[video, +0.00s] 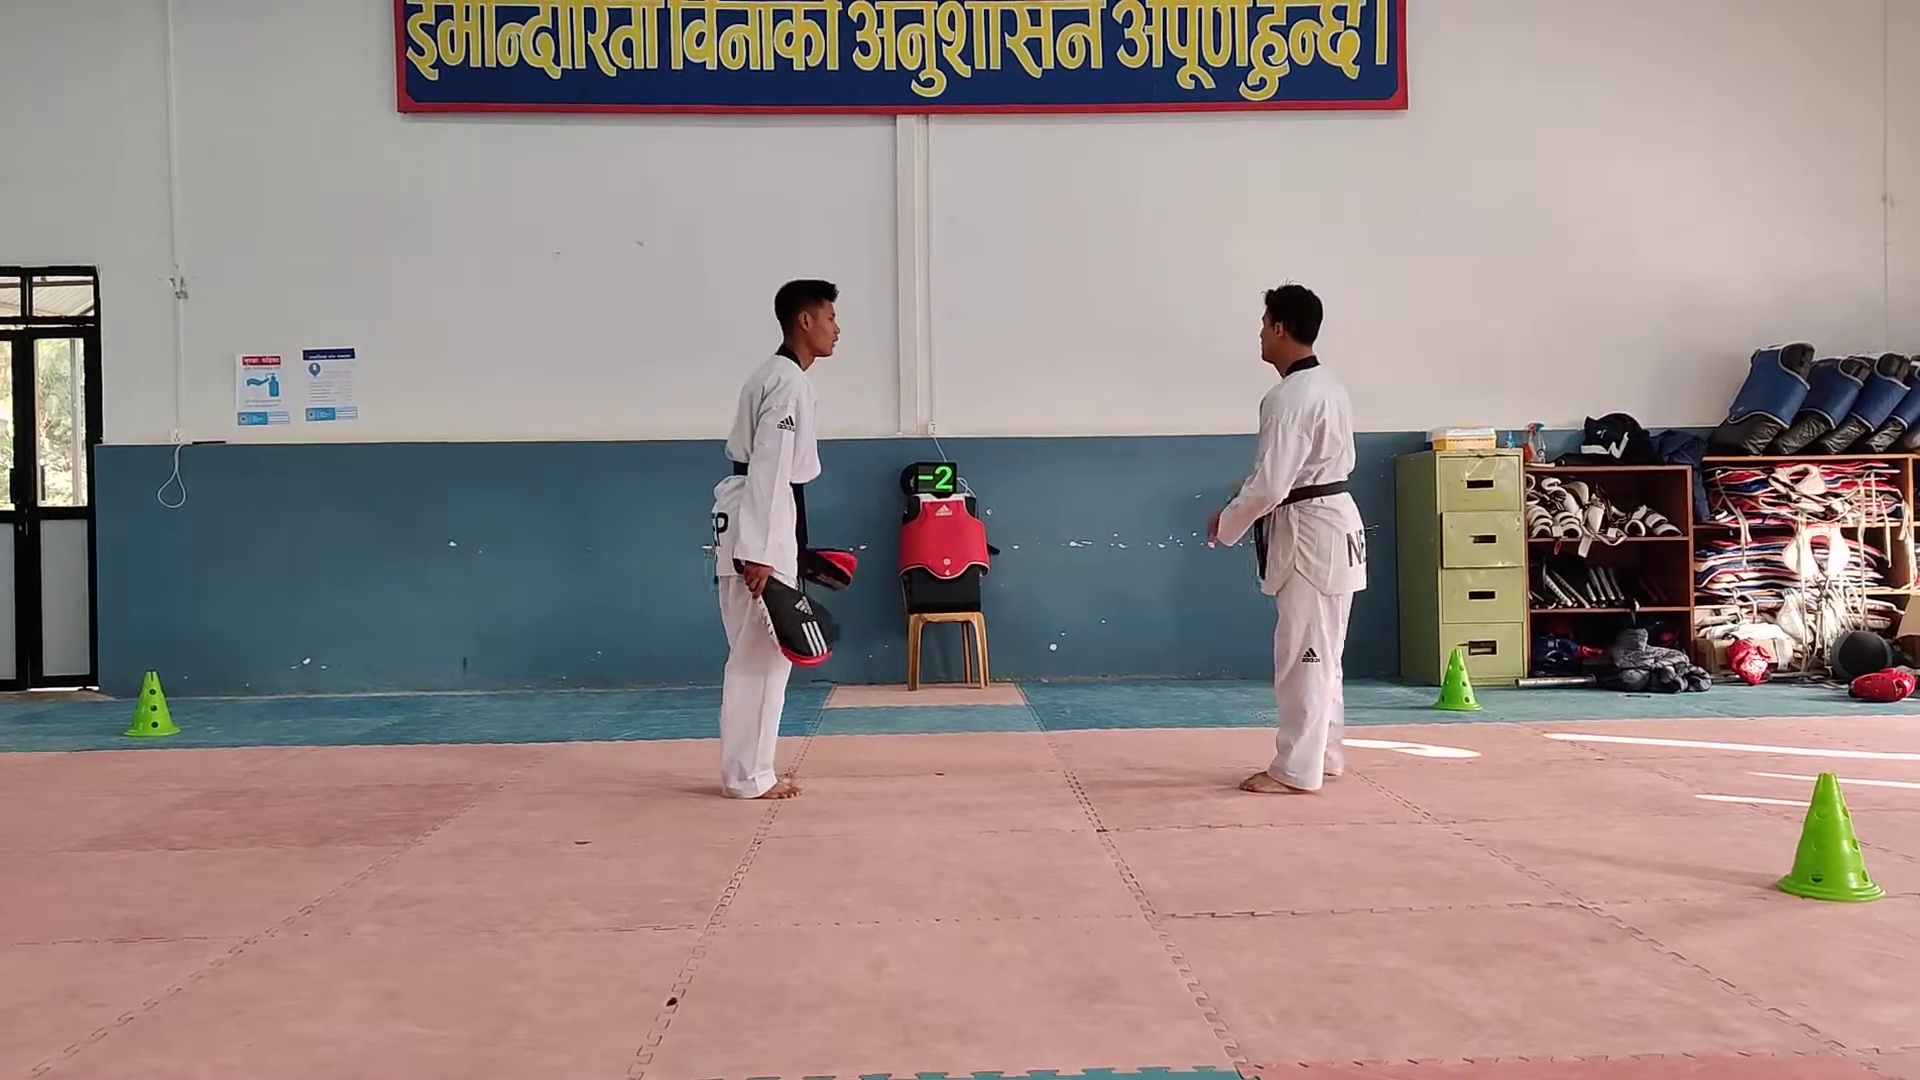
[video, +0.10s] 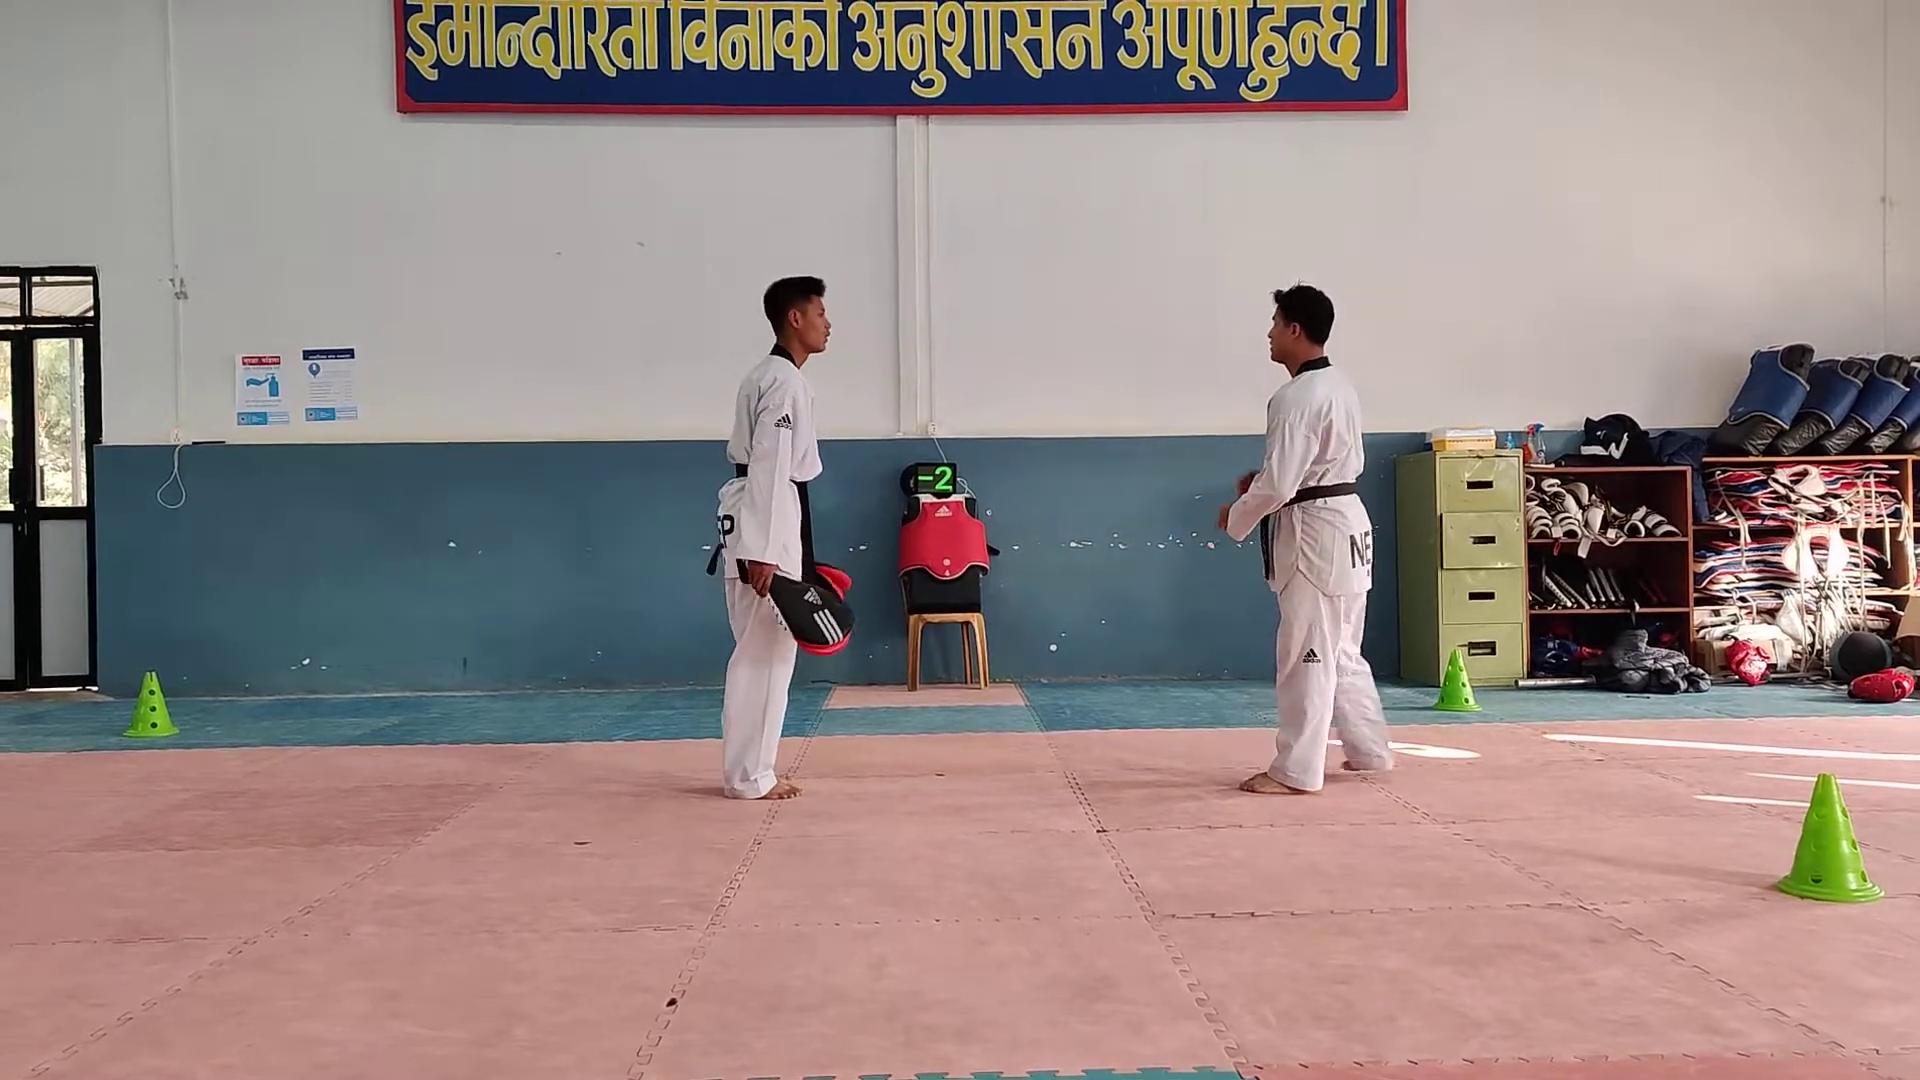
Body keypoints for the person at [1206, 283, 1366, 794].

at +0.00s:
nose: (1260, 333)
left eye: (1266, 324)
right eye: (1263, 323)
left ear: (1284, 330)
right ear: (1307, 333)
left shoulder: (1287, 397)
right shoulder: (1331, 388)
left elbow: (1271, 484)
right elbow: (1326, 466)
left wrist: (1227, 521)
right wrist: (1254, 496)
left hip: (1308, 529)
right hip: (1342, 523)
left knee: (1302, 650)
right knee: (1325, 648)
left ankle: (1296, 769)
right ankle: (1327, 753)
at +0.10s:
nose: (1270, 333)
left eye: (1276, 324)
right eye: (1273, 323)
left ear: (1295, 330)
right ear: (1316, 333)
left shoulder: (1296, 396)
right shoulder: (1341, 387)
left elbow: (1277, 483)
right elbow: (1330, 465)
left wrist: (1236, 515)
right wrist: (1266, 477)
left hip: (1315, 528)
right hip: (1351, 522)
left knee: (1307, 651)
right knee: (1341, 648)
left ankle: (1295, 770)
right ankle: (1370, 754)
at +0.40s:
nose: (1317, 336)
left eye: (1322, 327)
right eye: (1320, 327)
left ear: (1339, 333)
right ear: (1364, 337)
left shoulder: (1338, 394)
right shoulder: (1385, 390)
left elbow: (1333, 475)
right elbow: (1381, 466)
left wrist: (1290, 514)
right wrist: (1314, 470)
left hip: (1350, 527)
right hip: (1392, 524)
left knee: (1319, 647)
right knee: (1407, 643)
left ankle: (1292, 764)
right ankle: (1444, 751)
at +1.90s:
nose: (1274, 343)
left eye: (1283, 334)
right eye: (1276, 334)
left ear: (1313, 343)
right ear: (1310, 345)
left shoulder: (1320, 393)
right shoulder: (1312, 396)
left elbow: (1348, 463)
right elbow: (1320, 472)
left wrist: (1277, 494)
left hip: (1328, 527)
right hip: (1350, 527)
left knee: (1269, 631)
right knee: (1387, 641)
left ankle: (1258, 752)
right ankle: (1435, 741)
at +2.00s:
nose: (1258, 362)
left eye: (1267, 354)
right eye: (1261, 353)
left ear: (1297, 363)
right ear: (1291, 364)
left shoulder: (1313, 411)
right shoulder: (1272, 426)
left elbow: (1351, 451)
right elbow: (1242, 476)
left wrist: (1287, 419)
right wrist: (1188, 456)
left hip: (1308, 545)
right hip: (1325, 545)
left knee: (1236, 642)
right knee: (1382, 654)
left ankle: (1244, 759)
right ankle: (1439, 752)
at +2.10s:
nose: (1243, 342)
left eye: (1251, 334)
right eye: (1245, 333)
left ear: (1278, 342)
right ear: (1271, 339)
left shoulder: (1292, 391)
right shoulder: (1232, 397)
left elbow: (1318, 413)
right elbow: (1180, 429)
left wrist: (1264, 372)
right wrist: (1156, 393)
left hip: (1275, 528)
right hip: (1251, 531)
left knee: (1231, 641)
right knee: (1296, 647)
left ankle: (1253, 759)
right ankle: (1383, 701)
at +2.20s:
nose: (1217, 330)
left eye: (1225, 319)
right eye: (1219, 320)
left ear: (1255, 321)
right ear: (1249, 322)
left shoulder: (1286, 372)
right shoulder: (1220, 385)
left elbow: (1248, 417)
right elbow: (1192, 453)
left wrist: (1176, 437)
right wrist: (1149, 499)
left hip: (1250, 507)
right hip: (1198, 500)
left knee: (1237, 623)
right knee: (1122, 563)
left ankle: (1251, 752)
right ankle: (1205, 631)